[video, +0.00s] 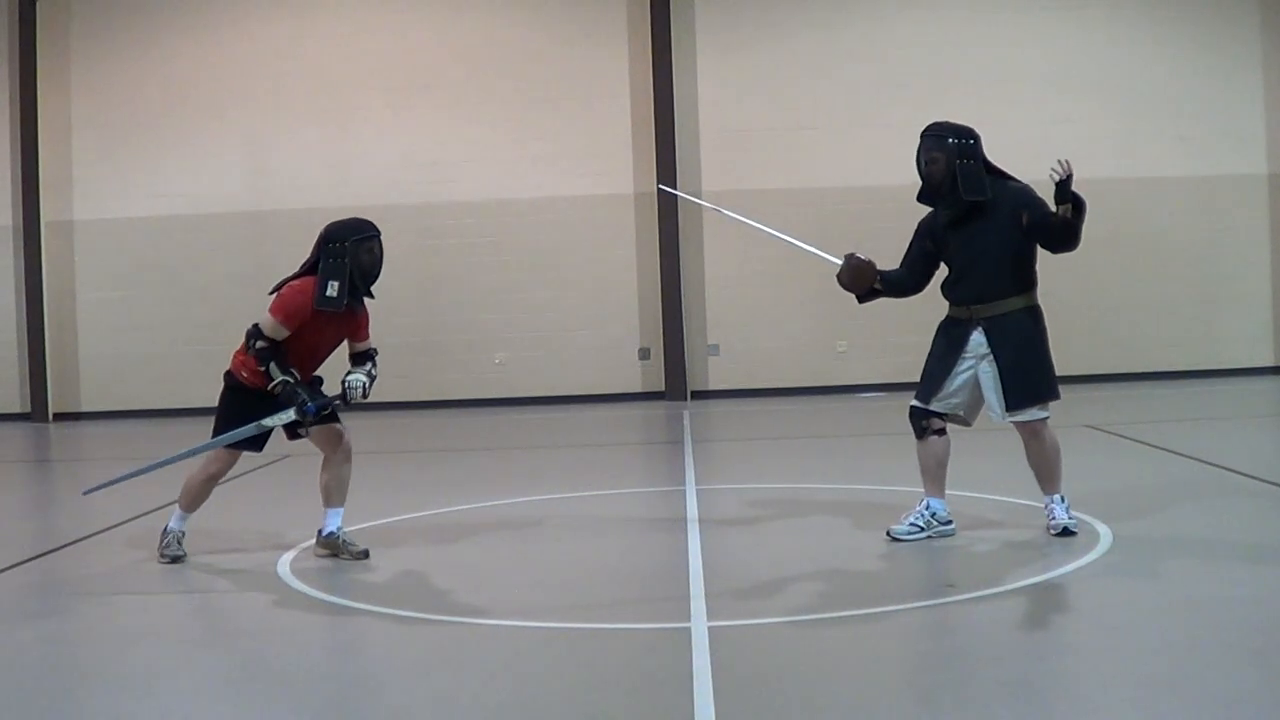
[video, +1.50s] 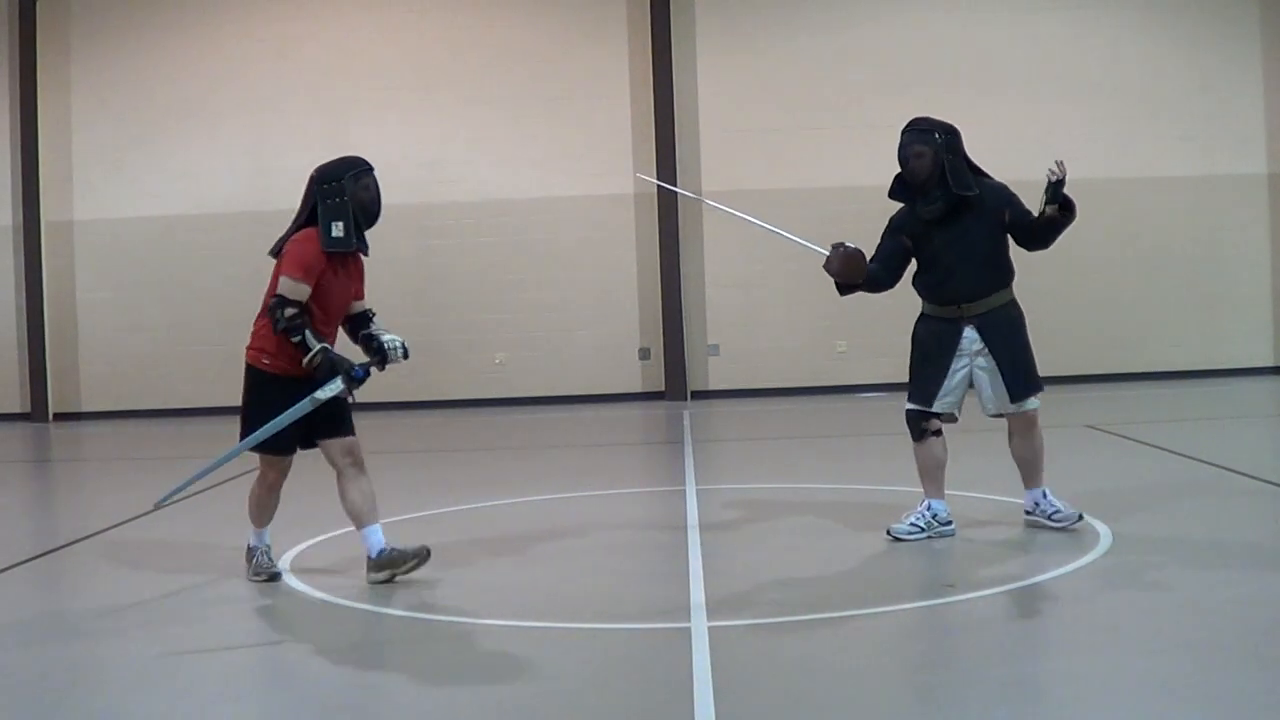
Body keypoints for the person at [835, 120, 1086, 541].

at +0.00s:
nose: (925, 171)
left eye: (933, 161)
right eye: (922, 162)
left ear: (960, 160)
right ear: (924, 163)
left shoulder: (1015, 198)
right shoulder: (937, 221)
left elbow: (1062, 241)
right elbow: (910, 279)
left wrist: (1068, 204)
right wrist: (870, 278)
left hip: (1014, 324)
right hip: (960, 326)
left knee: (1030, 418)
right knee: (927, 414)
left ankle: (1055, 504)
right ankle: (934, 509)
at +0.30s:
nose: (926, 169)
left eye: (934, 160)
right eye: (923, 161)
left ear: (961, 159)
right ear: (925, 163)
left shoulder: (1016, 198)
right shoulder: (939, 221)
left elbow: (1064, 241)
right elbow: (912, 279)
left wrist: (1069, 204)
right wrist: (872, 278)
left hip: (1015, 324)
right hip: (960, 326)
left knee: (1031, 418)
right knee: (927, 414)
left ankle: (1055, 503)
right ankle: (934, 509)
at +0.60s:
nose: (925, 169)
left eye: (933, 159)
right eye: (922, 160)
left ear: (961, 159)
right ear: (924, 162)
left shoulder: (1015, 198)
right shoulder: (938, 221)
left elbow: (1063, 242)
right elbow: (912, 279)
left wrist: (1068, 205)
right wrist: (872, 280)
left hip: (1014, 325)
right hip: (960, 327)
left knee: (1030, 418)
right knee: (926, 414)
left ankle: (1055, 503)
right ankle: (934, 510)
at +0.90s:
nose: (923, 169)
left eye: (931, 159)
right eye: (920, 160)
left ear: (958, 158)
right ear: (922, 163)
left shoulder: (1013, 199)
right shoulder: (936, 221)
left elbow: (1061, 242)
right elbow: (909, 279)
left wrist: (1066, 206)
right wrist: (870, 280)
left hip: (1012, 325)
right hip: (957, 327)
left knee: (1029, 418)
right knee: (923, 415)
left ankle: (1055, 504)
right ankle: (934, 510)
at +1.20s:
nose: (920, 168)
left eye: (927, 159)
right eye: (917, 160)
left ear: (954, 157)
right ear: (919, 164)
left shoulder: (1005, 198)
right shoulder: (926, 222)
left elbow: (1052, 240)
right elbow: (901, 276)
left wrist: (1068, 211)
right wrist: (866, 278)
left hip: (1008, 324)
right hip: (951, 328)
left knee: (1029, 416)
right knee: (921, 417)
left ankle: (1055, 503)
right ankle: (934, 510)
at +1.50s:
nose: (909, 166)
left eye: (917, 156)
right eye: (905, 158)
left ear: (943, 153)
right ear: (902, 163)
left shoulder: (990, 195)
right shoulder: (909, 219)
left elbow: (1033, 237)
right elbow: (885, 273)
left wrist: (1054, 214)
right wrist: (855, 274)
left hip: (998, 320)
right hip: (939, 326)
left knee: (1023, 408)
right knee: (923, 417)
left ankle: (1036, 498)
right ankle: (935, 511)